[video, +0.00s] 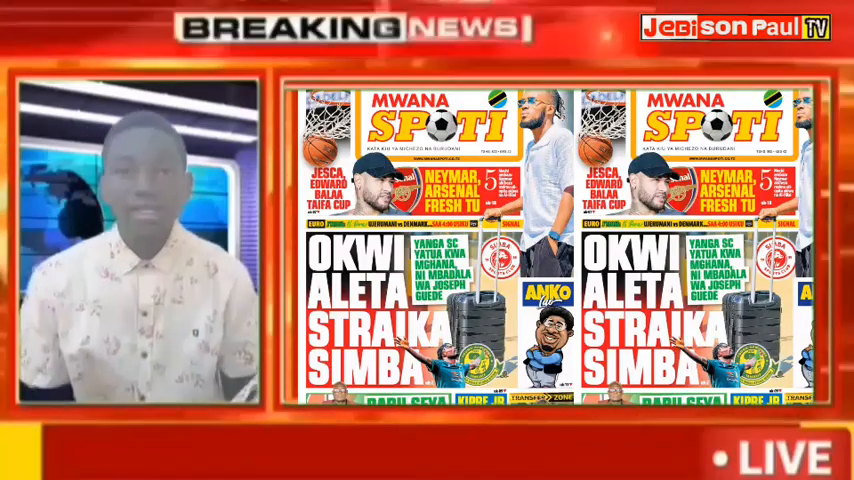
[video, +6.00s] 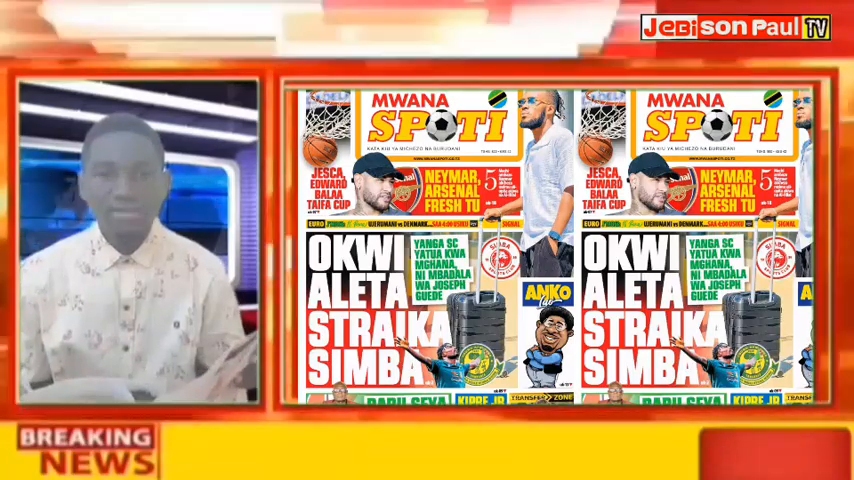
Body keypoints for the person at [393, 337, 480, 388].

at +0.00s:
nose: (453, 348)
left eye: (453, 347)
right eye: (449, 347)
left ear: (455, 351)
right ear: (443, 354)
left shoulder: (462, 367)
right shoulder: (439, 365)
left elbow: (474, 365)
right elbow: (423, 359)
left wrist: (478, 361)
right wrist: (408, 348)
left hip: (461, 402)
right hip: (444, 402)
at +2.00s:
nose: (453, 348)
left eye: (453, 347)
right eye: (449, 347)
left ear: (455, 351)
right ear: (443, 354)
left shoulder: (462, 367)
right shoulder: (438, 365)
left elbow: (474, 365)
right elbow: (423, 359)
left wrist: (478, 360)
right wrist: (408, 348)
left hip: (461, 403)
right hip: (444, 403)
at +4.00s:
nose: (453, 348)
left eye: (453, 347)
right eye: (449, 347)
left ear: (455, 351)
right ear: (443, 354)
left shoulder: (462, 367)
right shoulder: (438, 365)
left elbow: (474, 365)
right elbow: (423, 359)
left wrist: (478, 360)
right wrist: (408, 348)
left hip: (461, 403)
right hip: (444, 403)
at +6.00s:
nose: (453, 348)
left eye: (453, 347)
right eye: (449, 348)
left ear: (456, 352)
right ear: (443, 354)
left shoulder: (462, 367)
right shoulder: (439, 365)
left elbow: (474, 365)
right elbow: (423, 359)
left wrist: (478, 360)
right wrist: (408, 348)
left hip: (461, 403)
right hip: (445, 403)